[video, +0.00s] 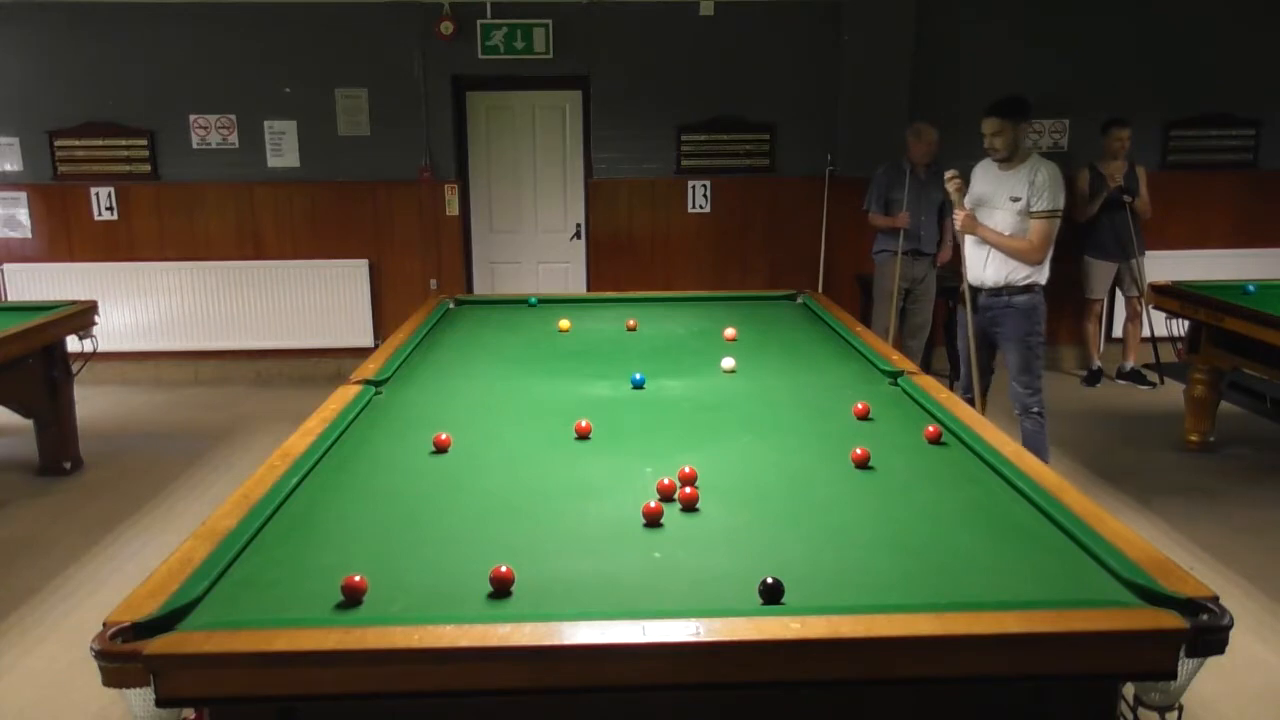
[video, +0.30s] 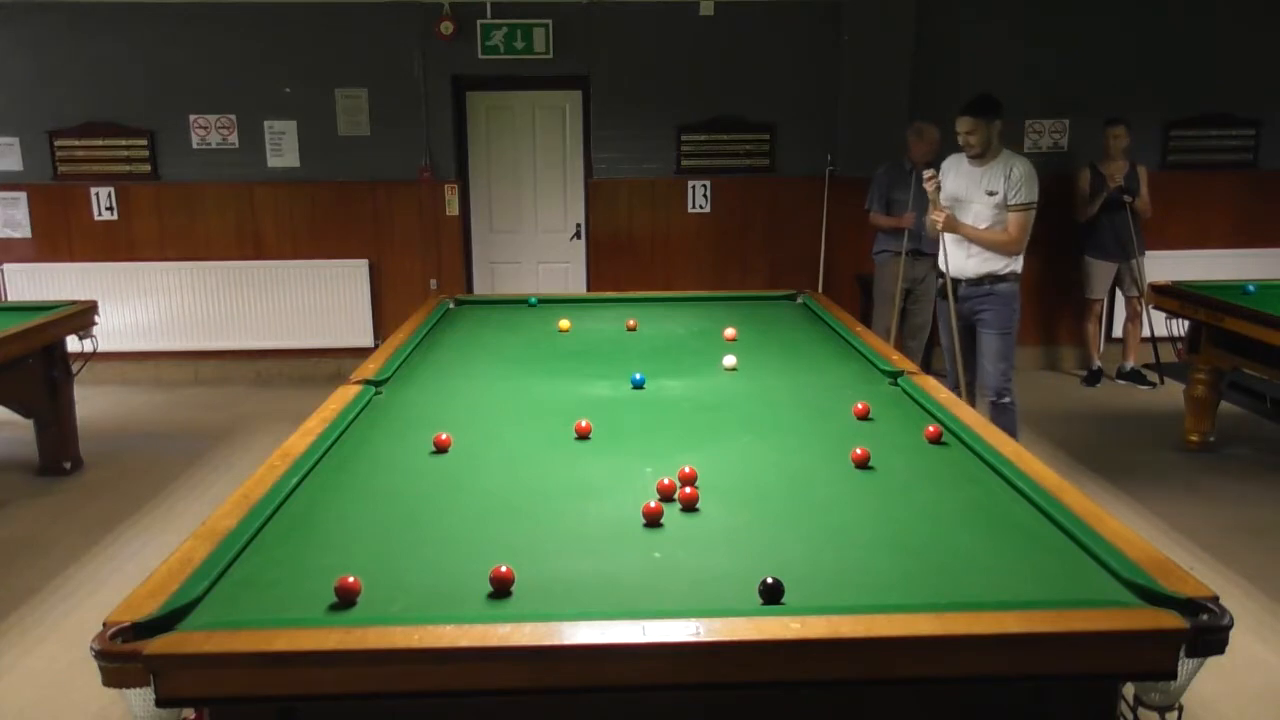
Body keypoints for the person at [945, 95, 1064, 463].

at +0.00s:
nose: (988, 144)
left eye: (996, 135)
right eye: (985, 136)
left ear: (1022, 132)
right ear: (983, 134)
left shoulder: (1044, 174)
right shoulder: (982, 170)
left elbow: (1036, 253)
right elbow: (972, 230)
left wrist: (979, 229)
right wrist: (959, 203)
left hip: (1019, 301)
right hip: (975, 298)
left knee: (1027, 403)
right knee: (968, 395)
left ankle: (1035, 488)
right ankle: (958, 475)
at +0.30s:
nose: (962, 140)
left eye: (970, 133)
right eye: (959, 133)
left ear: (996, 128)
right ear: (956, 131)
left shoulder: (1018, 170)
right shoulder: (951, 165)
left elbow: (1014, 244)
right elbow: (938, 230)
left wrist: (957, 227)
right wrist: (934, 201)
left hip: (994, 290)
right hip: (950, 289)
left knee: (995, 387)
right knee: (956, 384)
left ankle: (1003, 471)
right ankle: (955, 468)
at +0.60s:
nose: (961, 139)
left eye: (968, 131)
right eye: (956, 131)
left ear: (991, 127)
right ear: (952, 130)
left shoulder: (1013, 171)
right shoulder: (942, 167)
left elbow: (1022, 240)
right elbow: (927, 217)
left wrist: (966, 249)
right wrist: (922, 239)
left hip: (984, 291)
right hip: (940, 289)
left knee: (978, 389)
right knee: (944, 383)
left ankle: (971, 460)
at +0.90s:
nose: (965, 139)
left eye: (973, 131)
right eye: (959, 132)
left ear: (993, 129)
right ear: (954, 130)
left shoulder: (1011, 172)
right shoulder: (943, 168)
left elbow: (1012, 243)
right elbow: (925, 219)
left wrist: (991, 297)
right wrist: (926, 256)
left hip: (984, 290)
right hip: (941, 287)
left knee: (970, 382)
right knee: (940, 377)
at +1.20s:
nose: (963, 138)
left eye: (972, 130)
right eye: (958, 130)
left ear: (990, 129)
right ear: (952, 130)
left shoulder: (1011, 169)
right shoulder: (944, 169)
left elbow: (1017, 236)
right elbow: (929, 220)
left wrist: (990, 276)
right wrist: (926, 258)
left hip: (988, 284)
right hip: (943, 280)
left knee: (971, 372)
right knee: (934, 367)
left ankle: (963, 446)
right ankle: (930, 442)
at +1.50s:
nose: (950, 139)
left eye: (959, 132)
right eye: (946, 132)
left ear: (978, 130)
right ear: (942, 132)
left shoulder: (1000, 165)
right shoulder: (940, 174)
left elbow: (1012, 231)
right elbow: (931, 233)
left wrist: (974, 257)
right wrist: (918, 291)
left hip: (984, 284)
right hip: (943, 281)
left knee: (970, 373)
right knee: (937, 369)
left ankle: (961, 448)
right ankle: (931, 446)